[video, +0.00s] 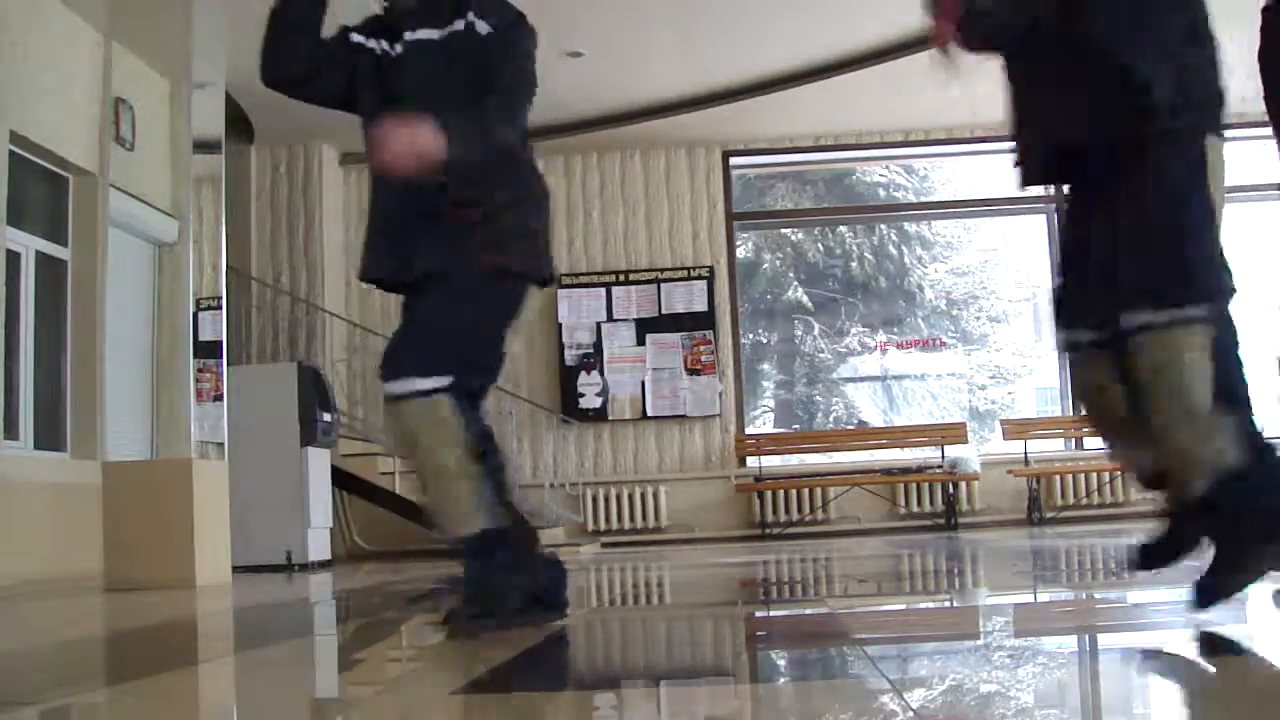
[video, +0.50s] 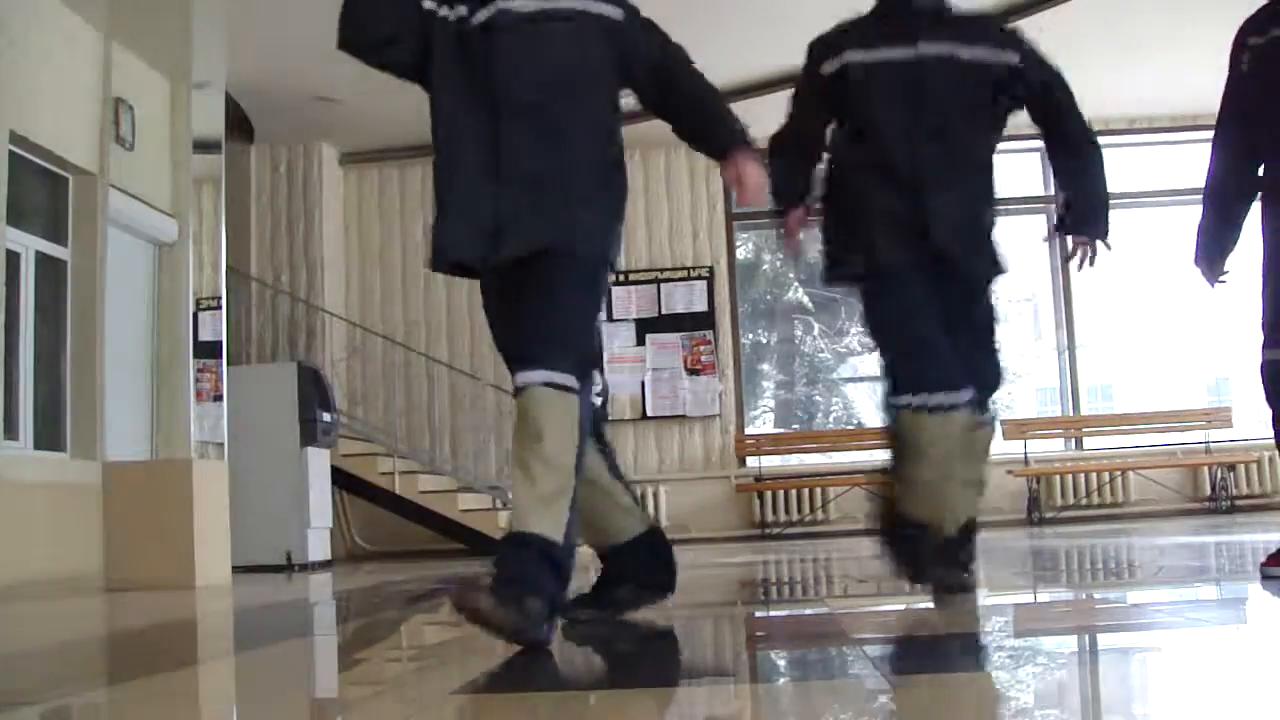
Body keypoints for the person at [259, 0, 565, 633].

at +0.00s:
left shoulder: (494, 19)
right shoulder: (380, 39)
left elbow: (507, 117)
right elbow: (288, 67)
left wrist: (442, 140)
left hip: (494, 243)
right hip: (427, 251)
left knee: (416, 377)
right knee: (449, 408)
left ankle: (491, 560)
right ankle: (524, 568)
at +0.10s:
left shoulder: (511, 5)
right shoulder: (399, 53)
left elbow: (511, 44)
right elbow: (302, 54)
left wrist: (417, 22)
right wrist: (327, 3)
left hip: (508, 211)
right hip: (448, 227)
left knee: (469, 387)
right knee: (446, 419)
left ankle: (610, 461)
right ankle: (522, 574)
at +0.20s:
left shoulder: (511, 10)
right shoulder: (402, 16)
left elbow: (552, 11)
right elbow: (314, 24)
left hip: (535, 166)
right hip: (471, 188)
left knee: (504, 335)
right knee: (483, 388)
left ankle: (626, 454)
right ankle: (533, 562)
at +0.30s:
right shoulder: (417, 16)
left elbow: (620, 17)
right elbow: (328, 18)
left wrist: (578, 6)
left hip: (551, 150)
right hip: (473, 176)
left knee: (536, 334)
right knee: (516, 366)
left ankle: (606, 537)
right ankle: (590, 540)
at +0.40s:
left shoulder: (562, 11)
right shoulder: (426, 29)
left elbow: (632, 39)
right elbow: (346, 34)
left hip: (569, 197)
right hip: (491, 218)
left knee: (561, 374)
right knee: (559, 391)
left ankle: (556, 562)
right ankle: (646, 549)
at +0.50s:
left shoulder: (597, 14)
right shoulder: (449, 24)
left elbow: (668, 75)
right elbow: (363, 28)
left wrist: (731, 143)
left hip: (575, 212)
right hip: (489, 221)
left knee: (546, 379)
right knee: (548, 395)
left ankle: (529, 585)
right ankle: (638, 560)